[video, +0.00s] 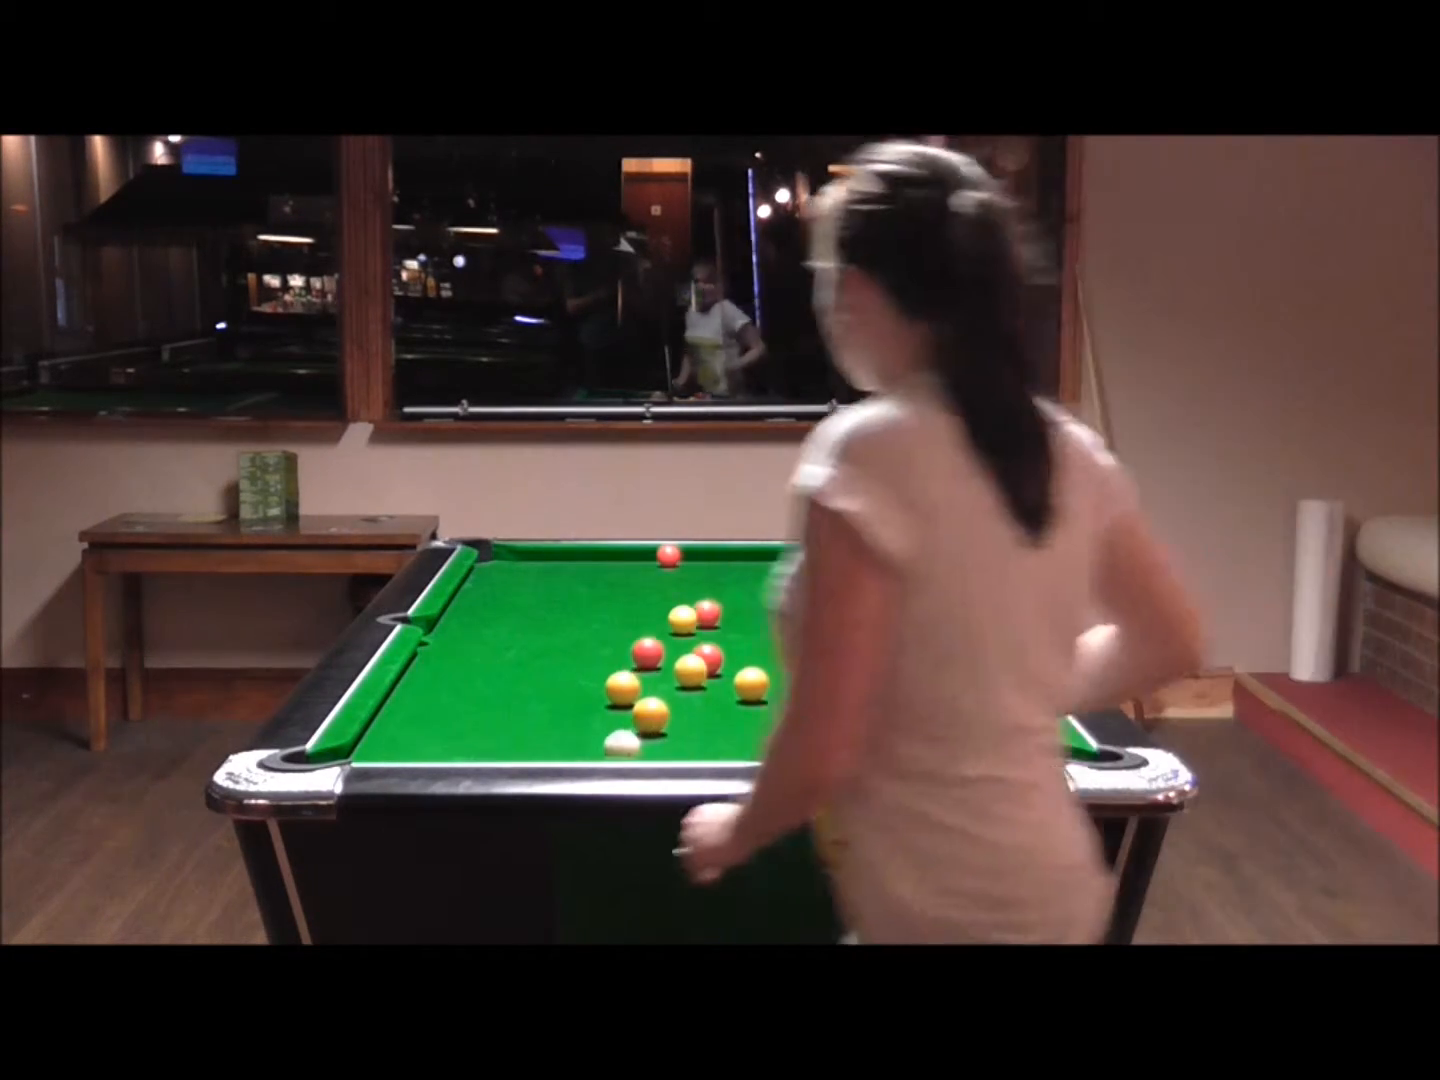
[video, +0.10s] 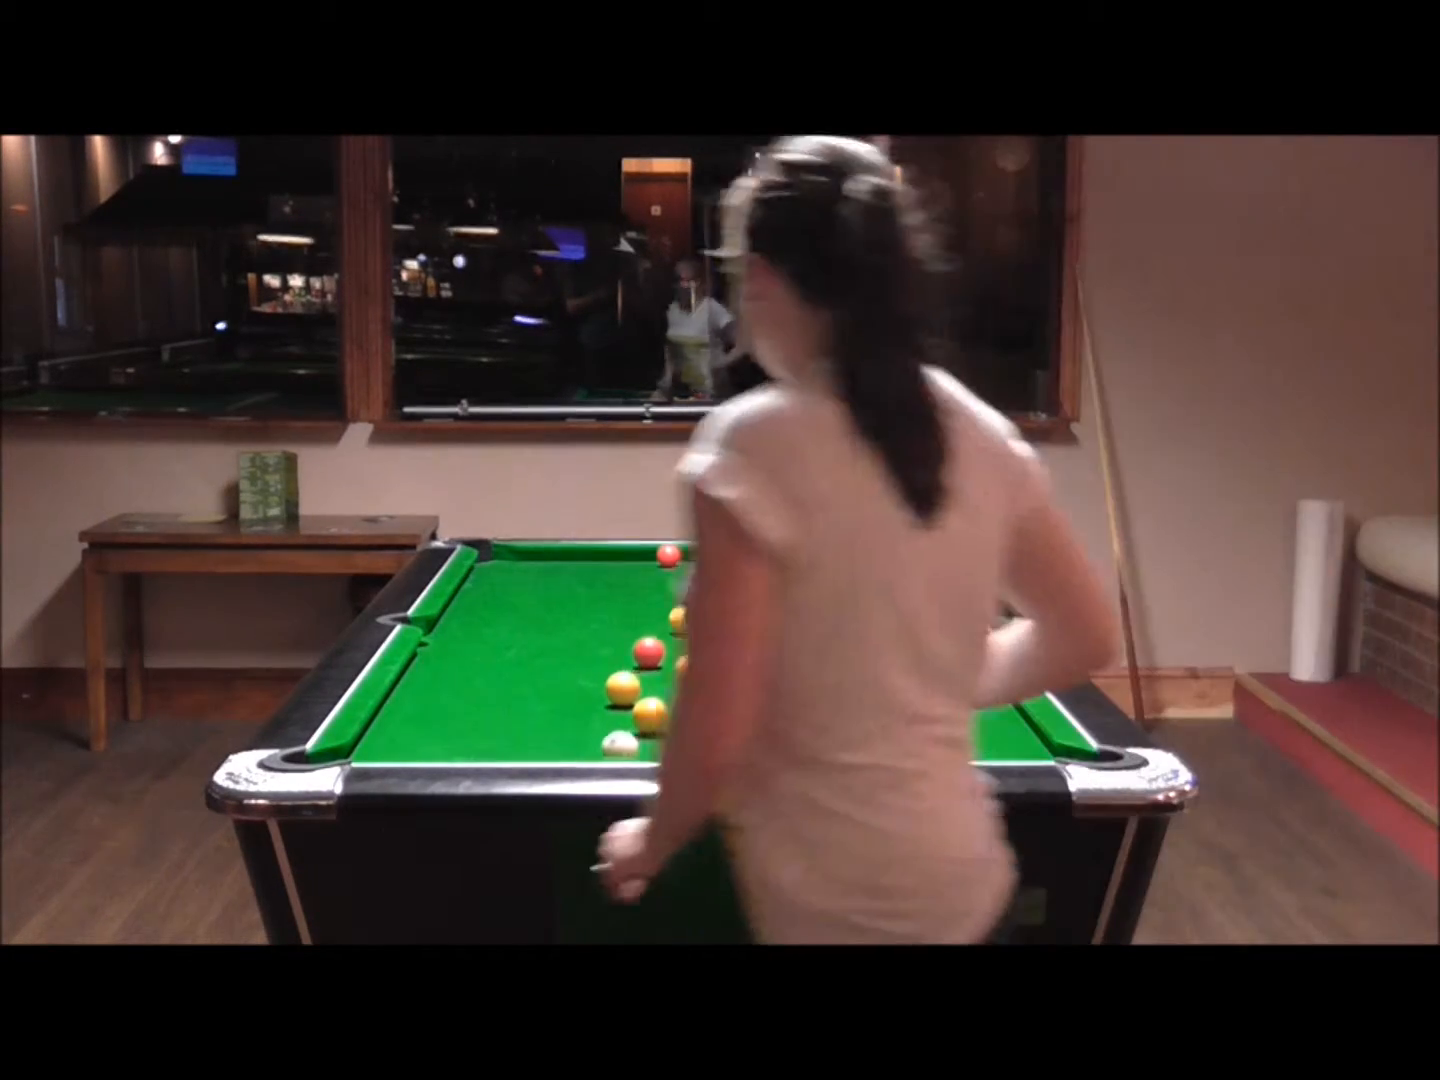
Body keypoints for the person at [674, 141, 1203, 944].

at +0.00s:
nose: (828, 308)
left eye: (830, 283)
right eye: (826, 284)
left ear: (862, 293)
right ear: (978, 283)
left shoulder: (863, 451)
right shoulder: (1068, 447)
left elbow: (824, 745)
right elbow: (1166, 636)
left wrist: (738, 830)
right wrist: (1027, 688)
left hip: (921, 894)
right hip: (1058, 874)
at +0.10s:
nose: (739, 292)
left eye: (740, 269)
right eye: (740, 268)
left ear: (765, 280)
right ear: (887, 270)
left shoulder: (751, 442)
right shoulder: (977, 430)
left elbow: (722, 710)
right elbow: (1082, 632)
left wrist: (658, 836)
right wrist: (939, 679)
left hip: (817, 872)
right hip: (960, 851)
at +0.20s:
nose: (608, 281)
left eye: (609, 256)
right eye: (607, 254)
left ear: (630, 272)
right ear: (755, 261)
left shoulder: (590, 435)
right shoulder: (846, 419)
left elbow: (562, 727)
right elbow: (955, 628)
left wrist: (518, 848)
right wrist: (823, 674)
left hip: (661, 851)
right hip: (823, 825)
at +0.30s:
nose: (515, 276)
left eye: (520, 255)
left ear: (531, 278)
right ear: (676, 270)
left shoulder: (479, 442)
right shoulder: (755, 424)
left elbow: (439, 700)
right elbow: (864, 641)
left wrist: (421, 835)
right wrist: (757, 678)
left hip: (552, 877)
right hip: (733, 863)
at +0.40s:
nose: (551, 298)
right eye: (549, 280)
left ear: (397, 283)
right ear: (530, 287)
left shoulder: (311, 452)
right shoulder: (606, 440)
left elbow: (231, 724)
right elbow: (710, 670)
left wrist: (273, 809)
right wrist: (667, 688)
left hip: (375, 891)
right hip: (569, 885)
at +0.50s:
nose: (464, 309)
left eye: (462, 286)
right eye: (460, 286)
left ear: (305, 283)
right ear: (430, 287)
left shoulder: (203, 448)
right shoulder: (505, 437)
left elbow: (115, 717)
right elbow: (615, 685)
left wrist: (233, 782)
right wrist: (646, 663)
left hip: (280, 900)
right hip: (475, 893)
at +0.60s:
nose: (361, 303)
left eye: (368, 281)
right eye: (362, 278)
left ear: (200, 262)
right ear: (316, 266)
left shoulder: (79, 431)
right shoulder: (384, 412)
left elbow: (26, 677)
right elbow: (474, 648)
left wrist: (157, 712)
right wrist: (541, 672)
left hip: (168, 895)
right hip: (374, 879)